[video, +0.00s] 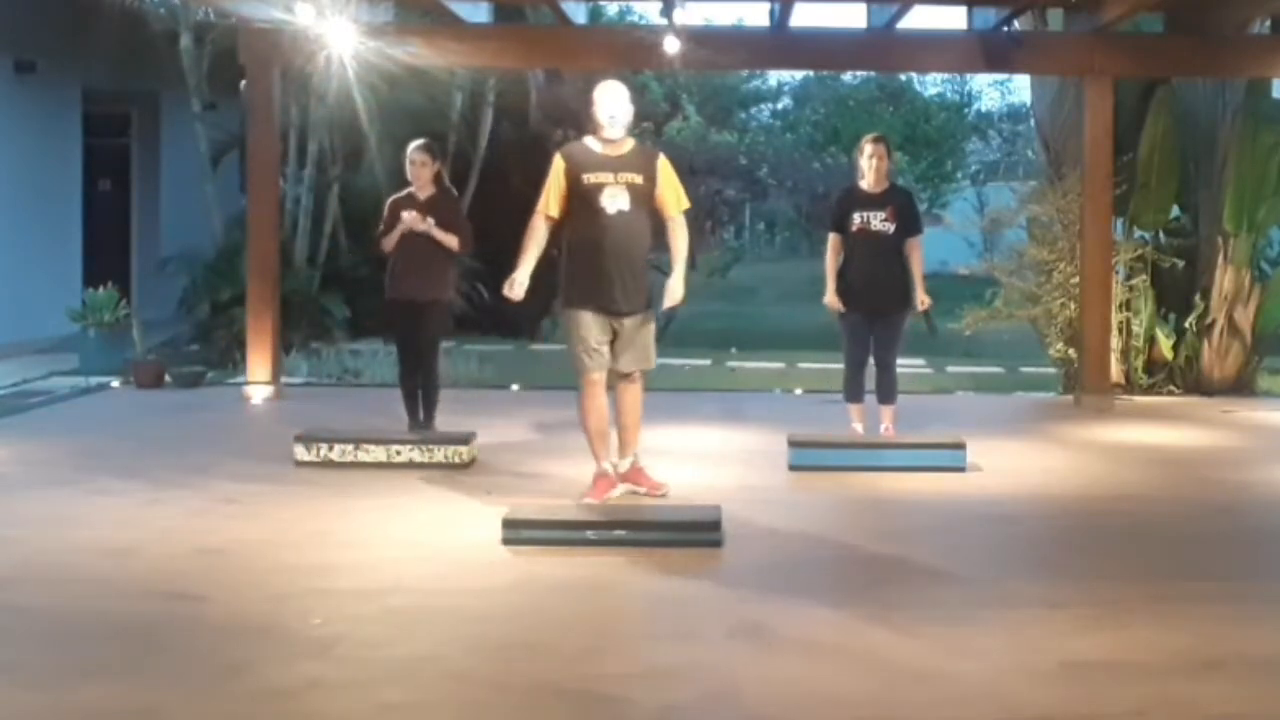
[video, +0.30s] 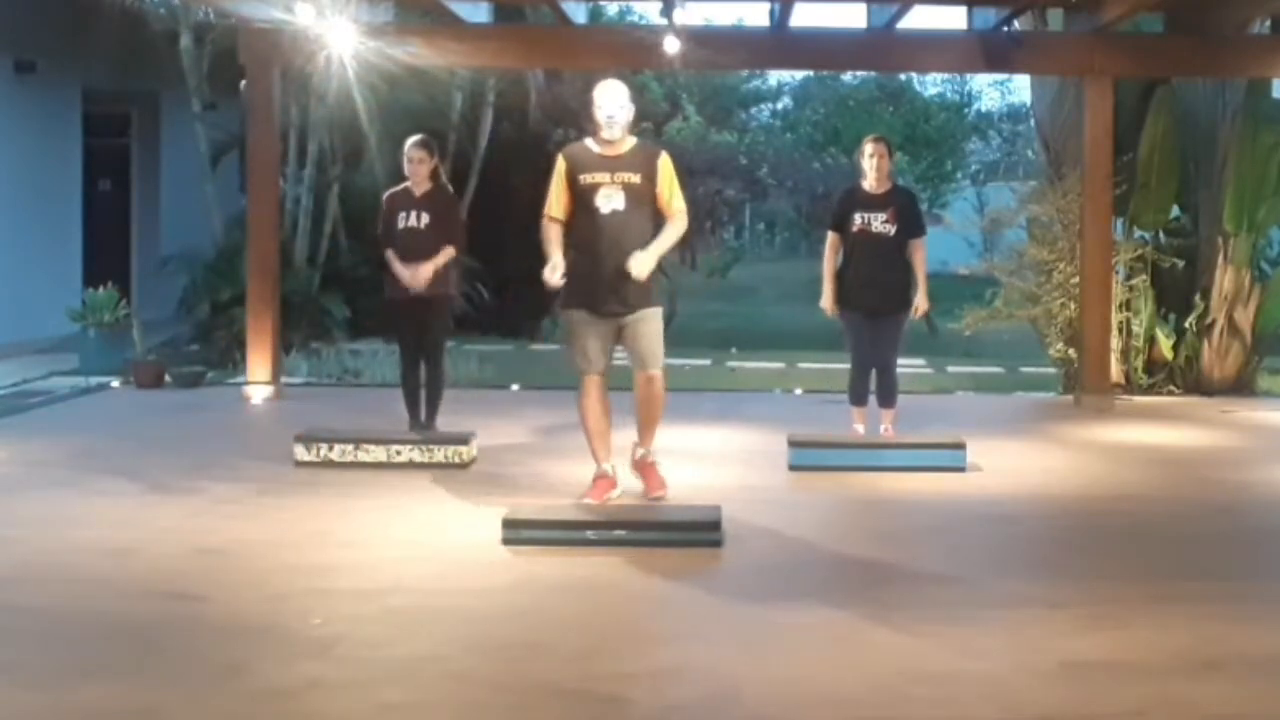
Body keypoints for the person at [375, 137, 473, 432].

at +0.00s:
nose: (414, 170)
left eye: (421, 164)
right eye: (411, 163)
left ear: (435, 167)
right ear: (405, 167)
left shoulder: (448, 201)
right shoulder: (396, 203)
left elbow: (462, 244)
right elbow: (384, 246)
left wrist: (430, 227)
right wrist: (402, 227)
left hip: (434, 296)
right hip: (401, 295)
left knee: (428, 359)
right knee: (407, 359)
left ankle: (429, 418)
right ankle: (413, 418)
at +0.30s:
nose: (413, 167)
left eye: (419, 161)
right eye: (409, 160)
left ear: (433, 163)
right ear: (403, 163)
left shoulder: (446, 197)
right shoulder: (392, 198)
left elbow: (454, 243)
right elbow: (385, 242)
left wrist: (429, 267)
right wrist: (403, 272)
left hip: (436, 291)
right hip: (403, 290)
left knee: (434, 355)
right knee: (409, 356)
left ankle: (430, 418)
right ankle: (414, 418)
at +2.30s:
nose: (418, 162)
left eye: (426, 157)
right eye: (415, 156)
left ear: (438, 164)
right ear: (408, 162)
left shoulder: (449, 201)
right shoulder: (398, 199)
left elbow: (455, 250)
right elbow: (392, 248)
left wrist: (455, 292)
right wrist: (381, 285)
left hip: (436, 293)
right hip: (402, 293)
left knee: (435, 359)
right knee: (406, 360)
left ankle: (435, 420)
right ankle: (414, 419)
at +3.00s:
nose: (408, 160)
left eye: (414, 155)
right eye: (404, 154)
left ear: (428, 161)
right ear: (398, 160)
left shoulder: (442, 199)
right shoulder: (387, 199)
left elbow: (452, 249)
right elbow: (380, 248)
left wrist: (457, 290)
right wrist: (370, 285)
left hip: (430, 293)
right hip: (395, 293)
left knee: (422, 354)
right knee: (401, 358)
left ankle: (428, 418)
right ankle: (407, 421)